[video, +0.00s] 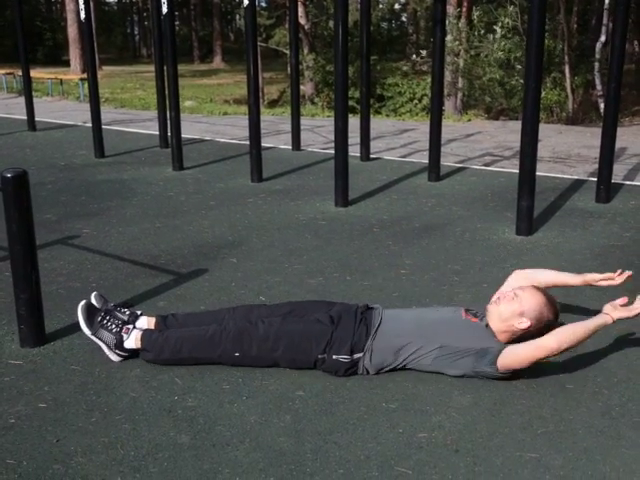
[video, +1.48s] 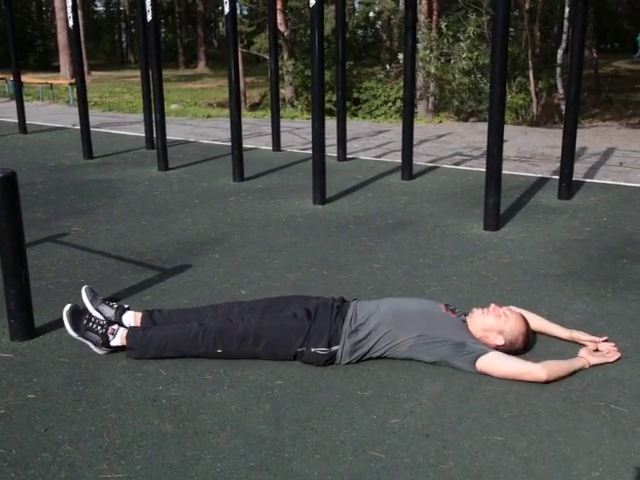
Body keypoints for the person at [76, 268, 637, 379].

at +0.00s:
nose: (514, 292)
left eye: (523, 298)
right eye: (523, 293)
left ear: (518, 323)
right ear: (511, 302)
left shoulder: (488, 352)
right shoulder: (482, 315)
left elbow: (549, 345)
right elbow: (531, 278)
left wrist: (606, 318)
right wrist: (595, 284)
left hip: (348, 341)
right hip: (353, 315)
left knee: (242, 335)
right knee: (244, 318)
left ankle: (132, 342)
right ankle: (140, 327)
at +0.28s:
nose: (525, 314)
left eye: (533, 322)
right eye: (533, 317)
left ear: (525, 344)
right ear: (520, 322)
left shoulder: (480, 352)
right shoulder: (482, 324)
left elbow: (548, 379)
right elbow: (538, 337)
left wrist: (598, 374)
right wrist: (608, 349)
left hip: (343, 337)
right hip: (347, 314)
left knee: (234, 336)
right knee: (238, 318)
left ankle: (125, 341)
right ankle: (132, 325)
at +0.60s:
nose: (505, 314)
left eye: (512, 319)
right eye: (512, 314)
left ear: (503, 337)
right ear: (502, 316)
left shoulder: (464, 344)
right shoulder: (462, 317)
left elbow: (530, 372)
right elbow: (526, 323)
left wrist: (584, 359)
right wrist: (584, 338)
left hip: (328, 333)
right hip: (332, 309)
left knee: (226, 333)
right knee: (230, 316)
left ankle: (124, 336)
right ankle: (131, 320)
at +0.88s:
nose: (500, 312)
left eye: (508, 317)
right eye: (508, 313)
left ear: (501, 336)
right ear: (498, 316)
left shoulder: (461, 344)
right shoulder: (459, 317)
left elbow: (525, 371)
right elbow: (521, 323)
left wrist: (579, 359)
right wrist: (580, 338)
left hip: (326, 331)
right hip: (329, 308)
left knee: (224, 332)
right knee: (227, 315)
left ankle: (121, 337)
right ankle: (130, 321)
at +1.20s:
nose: (498, 313)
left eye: (505, 317)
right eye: (506, 314)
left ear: (498, 337)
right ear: (497, 317)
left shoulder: (458, 344)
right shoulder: (457, 317)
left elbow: (521, 370)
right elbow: (520, 322)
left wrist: (575, 359)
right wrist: (577, 338)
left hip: (323, 331)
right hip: (327, 308)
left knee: (221, 333)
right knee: (224, 315)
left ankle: (117, 336)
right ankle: (127, 321)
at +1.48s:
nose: (496, 313)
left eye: (503, 317)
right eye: (503, 313)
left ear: (495, 337)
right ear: (494, 316)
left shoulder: (456, 343)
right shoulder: (455, 317)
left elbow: (523, 369)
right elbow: (519, 320)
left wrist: (576, 358)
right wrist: (577, 338)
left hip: (322, 331)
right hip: (327, 308)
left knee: (221, 330)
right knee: (223, 314)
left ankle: (116, 335)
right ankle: (123, 321)